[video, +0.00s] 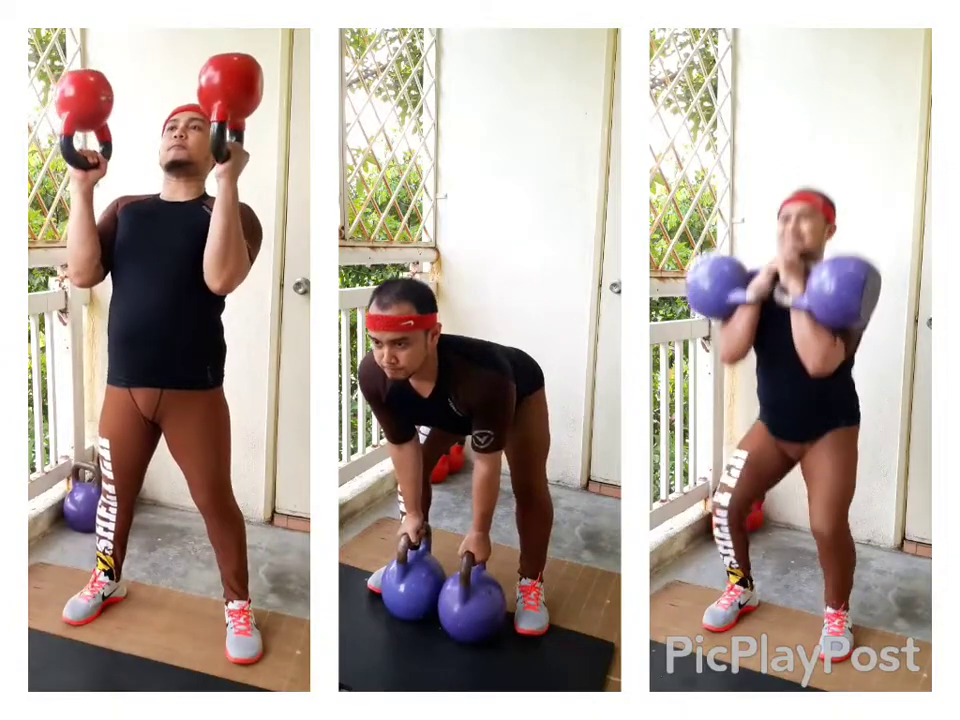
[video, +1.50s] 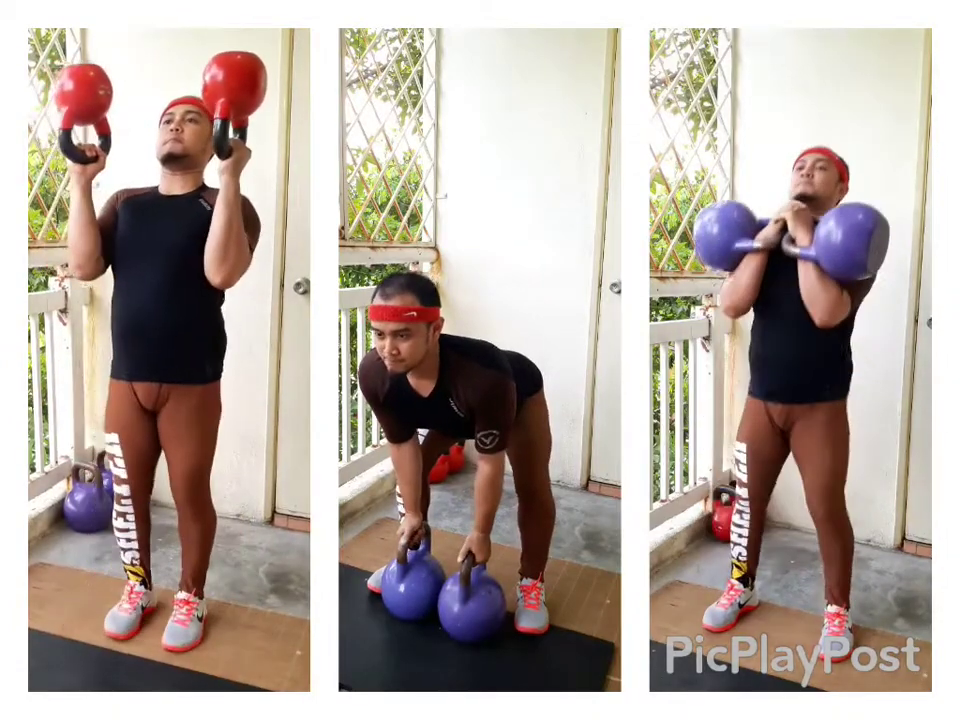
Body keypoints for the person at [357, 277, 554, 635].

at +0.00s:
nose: (387, 358)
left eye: (401, 344)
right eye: (377, 344)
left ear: (433, 335)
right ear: (369, 338)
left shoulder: (484, 379)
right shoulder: (374, 376)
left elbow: (486, 463)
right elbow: (403, 444)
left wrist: (479, 532)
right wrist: (412, 512)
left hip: (514, 390)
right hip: (451, 398)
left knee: (530, 486)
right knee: (415, 470)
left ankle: (531, 583)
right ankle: (410, 563)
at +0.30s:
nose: (387, 358)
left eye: (401, 344)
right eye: (377, 344)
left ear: (433, 335)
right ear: (369, 338)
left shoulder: (483, 379)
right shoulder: (373, 376)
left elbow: (486, 463)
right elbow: (403, 444)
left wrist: (479, 532)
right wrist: (412, 512)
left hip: (514, 389)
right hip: (452, 398)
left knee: (530, 486)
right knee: (415, 471)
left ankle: (531, 583)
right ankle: (409, 563)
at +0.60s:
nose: (387, 349)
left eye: (402, 336)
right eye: (378, 334)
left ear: (434, 330)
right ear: (370, 331)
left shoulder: (484, 378)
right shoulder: (374, 374)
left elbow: (487, 464)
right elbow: (403, 444)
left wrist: (479, 532)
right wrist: (412, 512)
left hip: (515, 389)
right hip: (452, 398)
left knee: (530, 486)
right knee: (415, 471)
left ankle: (531, 583)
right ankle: (409, 563)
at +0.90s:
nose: (389, 350)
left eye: (403, 336)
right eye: (379, 335)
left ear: (435, 330)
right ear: (371, 331)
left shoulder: (485, 379)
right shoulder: (374, 374)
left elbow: (487, 463)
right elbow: (404, 443)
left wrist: (480, 532)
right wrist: (412, 512)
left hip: (515, 389)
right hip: (454, 399)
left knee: (530, 487)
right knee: (416, 469)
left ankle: (531, 583)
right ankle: (409, 563)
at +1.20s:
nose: (388, 351)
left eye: (402, 337)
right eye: (378, 336)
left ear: (434, 330)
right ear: (370, 331)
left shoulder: (484, 378)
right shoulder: (374, 374)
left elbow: (487, 462)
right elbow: (404, 443)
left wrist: (480, 531)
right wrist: (412, 512)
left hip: (515, 390)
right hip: (453, 399)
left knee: (530, 487)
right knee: (415, 470)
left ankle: (531, 583)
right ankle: (409, 562)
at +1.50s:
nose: (389, 349)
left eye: (403, 335)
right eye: (379, 334)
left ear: (435, 329)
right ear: (371, 331)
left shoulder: (485, 378)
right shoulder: (374, 374)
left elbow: (490, 463)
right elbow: (403, 443)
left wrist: (480, 532)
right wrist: (411, 511)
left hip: (514, 394)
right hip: (451, 404)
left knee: (533, 489)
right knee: (413, 471)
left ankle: (532, 582)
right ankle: (410, 562)